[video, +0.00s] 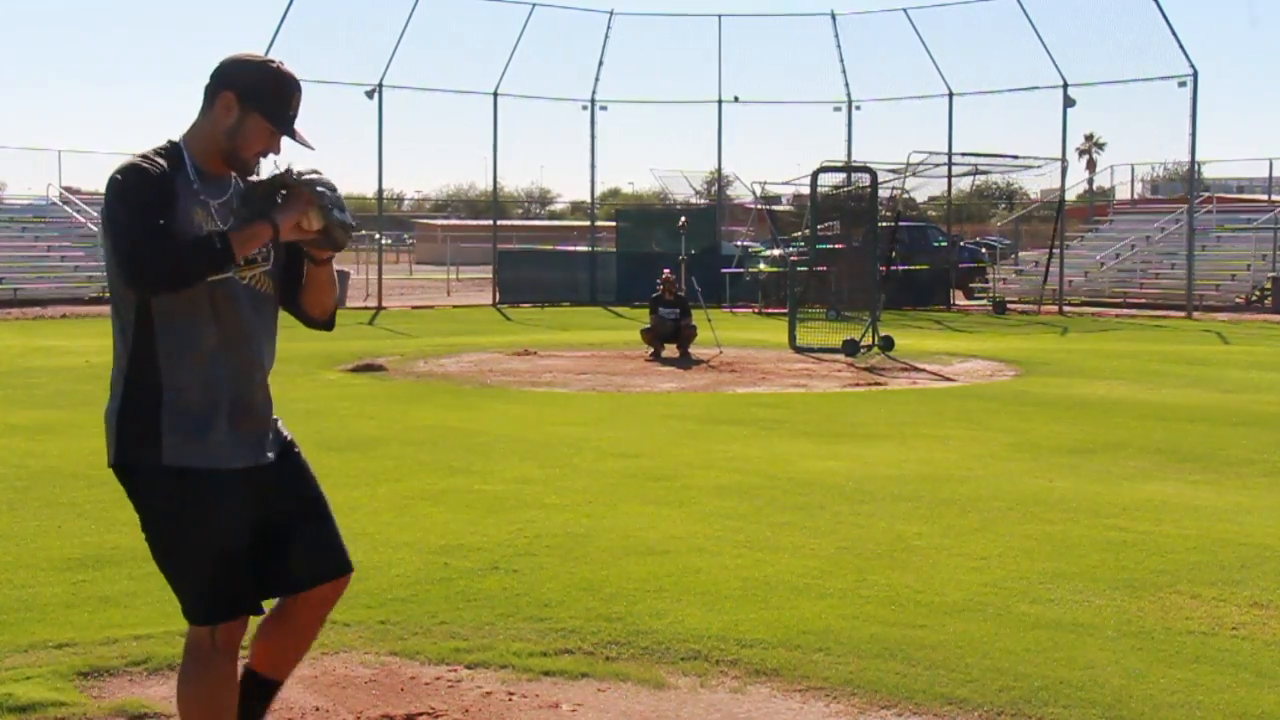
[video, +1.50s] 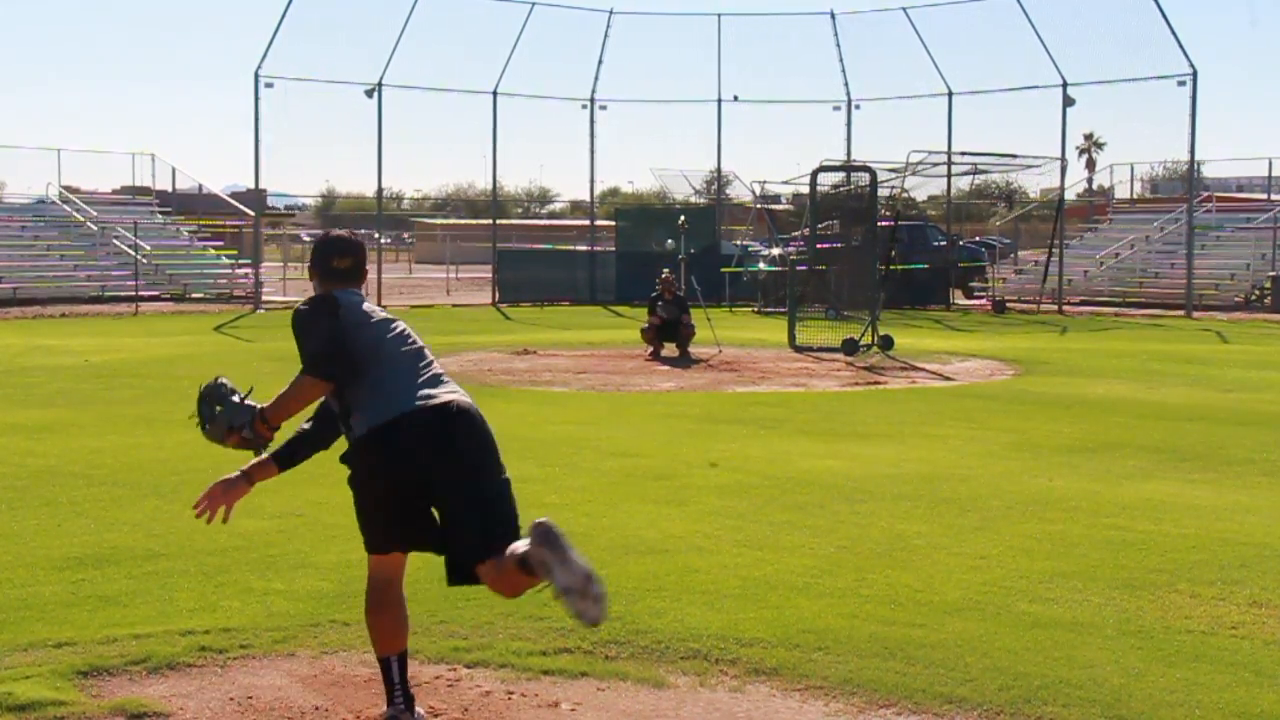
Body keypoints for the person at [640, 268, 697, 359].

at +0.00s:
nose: (669, 286)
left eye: (671, 283)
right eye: (666, 283)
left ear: (675, 285)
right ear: (662, 285)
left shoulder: (682, 300)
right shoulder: (655, 299)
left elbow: (688, 319)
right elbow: (653, 318)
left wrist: (675, 324)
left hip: (677, 329)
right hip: (661, 329)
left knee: (691, 329)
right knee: (645, 332)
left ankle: (683, 350)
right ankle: (657, 348)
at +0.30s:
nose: (669, 286)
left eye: (671, 284)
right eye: (666, 284)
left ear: (675, 285)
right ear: (662, 285)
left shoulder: (682, 299)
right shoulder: (655, 299)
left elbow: (687, 319)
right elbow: (653, 318)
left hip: (677, 329)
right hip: (661, 329)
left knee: (691, 329)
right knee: (645, 332)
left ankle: (683, 350)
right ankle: (657, 348)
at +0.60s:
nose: (668, 286)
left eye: (671, 284)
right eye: (666, 283)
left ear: (675, 285)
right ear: (662, 285)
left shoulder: (682, 299)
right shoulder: (655, 298)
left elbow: (687, 318)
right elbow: (653, 318)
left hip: (677, 328)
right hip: (661, 328)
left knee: (691, 329)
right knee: (645, 331)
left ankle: (683, 349)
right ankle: (657, 348)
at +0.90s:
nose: (669, 286)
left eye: (672, 283)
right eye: (666, 283)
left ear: (675, 284)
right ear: (662, 285)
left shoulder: (681, 299)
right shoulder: (654, 298)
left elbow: (686, 319)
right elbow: (652, 318)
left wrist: (673, 324)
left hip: (677, 328)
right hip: (661, 328)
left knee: (690, 329)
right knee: (645, 331)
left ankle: (683, 349)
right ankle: (656, 348)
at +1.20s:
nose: (668, 287)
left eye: (671, 283)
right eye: (665, 284)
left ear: (675, 285)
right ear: (661, 285)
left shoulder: (681, 300)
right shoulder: (655, 299)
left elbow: (686, 319)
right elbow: (649, 315)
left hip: (676, 328)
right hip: (659, 328)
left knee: (690, 329)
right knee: (645, 332)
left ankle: (683, 349)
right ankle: (657, 347)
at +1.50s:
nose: (667, 286)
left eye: (670, 283)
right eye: (664, 283)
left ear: (674, 285)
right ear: (660, 285)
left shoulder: (680, 299)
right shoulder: (654, 299)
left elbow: (686, 316)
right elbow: (651, 318)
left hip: (677, 326)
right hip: (661, 326)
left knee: (688, 328)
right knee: (646, 331)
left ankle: (683, 349)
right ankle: (657, 347)